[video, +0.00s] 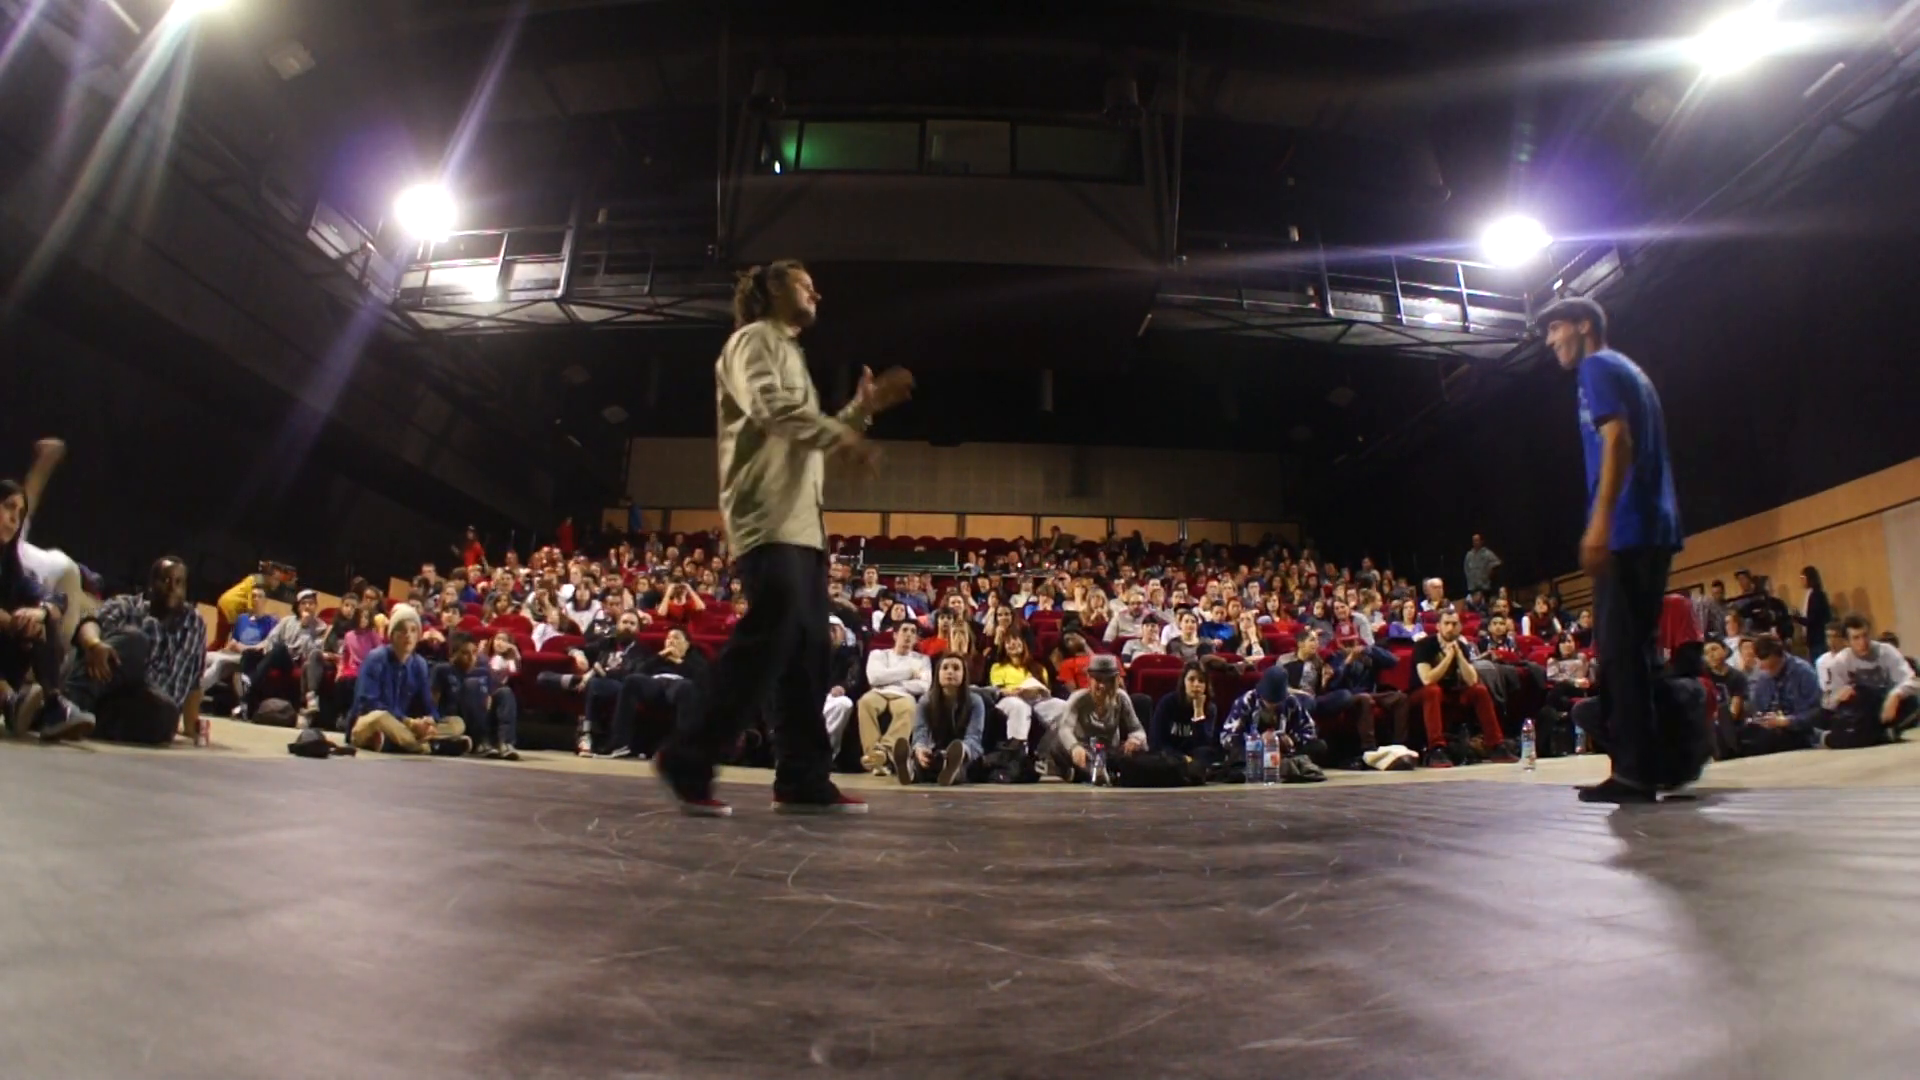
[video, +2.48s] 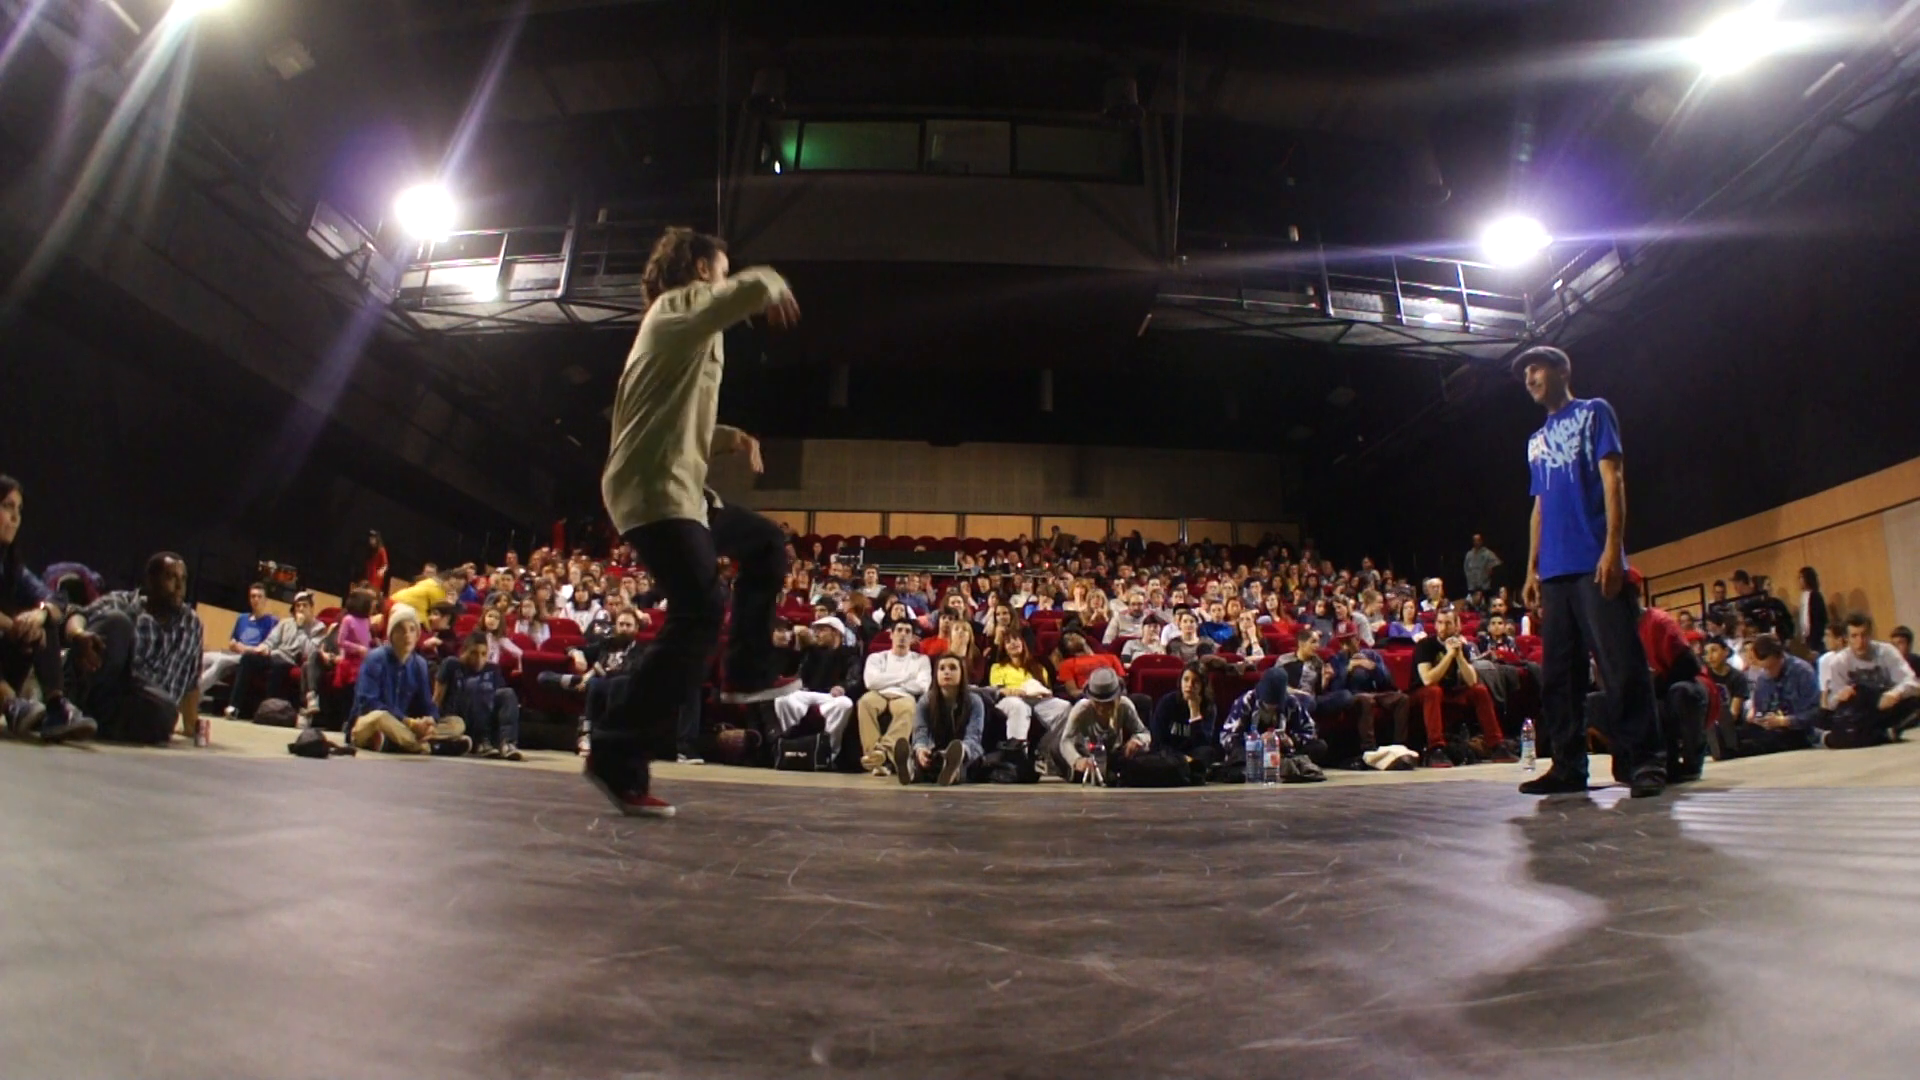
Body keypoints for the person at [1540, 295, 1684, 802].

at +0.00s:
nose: (1551, 341)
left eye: (1556, 330)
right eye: (1548, 333)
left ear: (1586, 327)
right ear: (1588, 332)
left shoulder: (1597, 367)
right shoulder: (1624, 369)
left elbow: (1617, 439)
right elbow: (1638, 450)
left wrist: (1599, 522)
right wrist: (1622, 522)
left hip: (1627, 531)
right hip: (1650, 530)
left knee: (1619, 650)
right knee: (1632, 649)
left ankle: (1632, 772)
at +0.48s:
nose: (1509, 377)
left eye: (1515, 367)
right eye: (1506, 372)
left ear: (1542, 366)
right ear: (1516, 379)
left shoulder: (1570, 402)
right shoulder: (1538, 430)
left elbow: (1590, 474)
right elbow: (1556, 496)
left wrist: (1562, 540)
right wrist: (1559, 562)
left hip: (1594, 552)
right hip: (1569, 559)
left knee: (1603, 660)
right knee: (1569, 665)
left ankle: (1636, 771)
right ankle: (1569, 767)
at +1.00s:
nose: (1509, 389)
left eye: (1515, 378)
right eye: (1506, 384)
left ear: (1541, 377)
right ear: (1511, 393)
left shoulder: (1576, 411)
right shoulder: (1521, 450)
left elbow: (1602, 476)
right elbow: (1528, 515)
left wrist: (1602, 546)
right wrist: (1529, 577)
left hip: (1591, 564)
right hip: (1550, 576)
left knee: (1620, 666)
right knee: (1560, 675)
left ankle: (1642, 765)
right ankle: (1568, 767)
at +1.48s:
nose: (1530, 381)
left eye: (1537, 372)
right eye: (1526, 376)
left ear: (1562, 374)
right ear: (1529, 386)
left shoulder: (1594, 412)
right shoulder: (1536, 441)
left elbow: (1616, 480)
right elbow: (1539, 506)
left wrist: (1612, 548)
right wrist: (1533, 566)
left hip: (1595, 565)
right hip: (1554, 573)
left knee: (1622, 669)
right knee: (1560, 673)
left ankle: (1644, 764)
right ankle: (1568, 766)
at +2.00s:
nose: (1531, 382)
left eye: (1538, 372)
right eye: (1527, 377)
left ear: (1562, 373)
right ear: (1528, 386)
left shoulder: (1594, 412)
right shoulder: (1537, 441)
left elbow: (1614, 479)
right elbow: (1539, 507)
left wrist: (1611, 547)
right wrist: (1535, 569)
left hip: (1595, 566)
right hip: (1555, 574)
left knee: (1623, 670)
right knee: (1560, 674)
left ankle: (1644, 764)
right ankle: (1568, 766)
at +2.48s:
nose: (1530, 379)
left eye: (1537, 370)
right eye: (1526, 375)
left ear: (1563, 372)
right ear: (1528, 385)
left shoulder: (1594, 411)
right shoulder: (1536, 442)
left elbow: (1614, 479)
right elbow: (1539, 507)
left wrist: (1613, 548)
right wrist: (1533, 568)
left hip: (1595, 566)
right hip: (1554, 574)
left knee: (1624, 669)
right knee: (1560, 674)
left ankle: (1645, 763)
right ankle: (1568, 766)